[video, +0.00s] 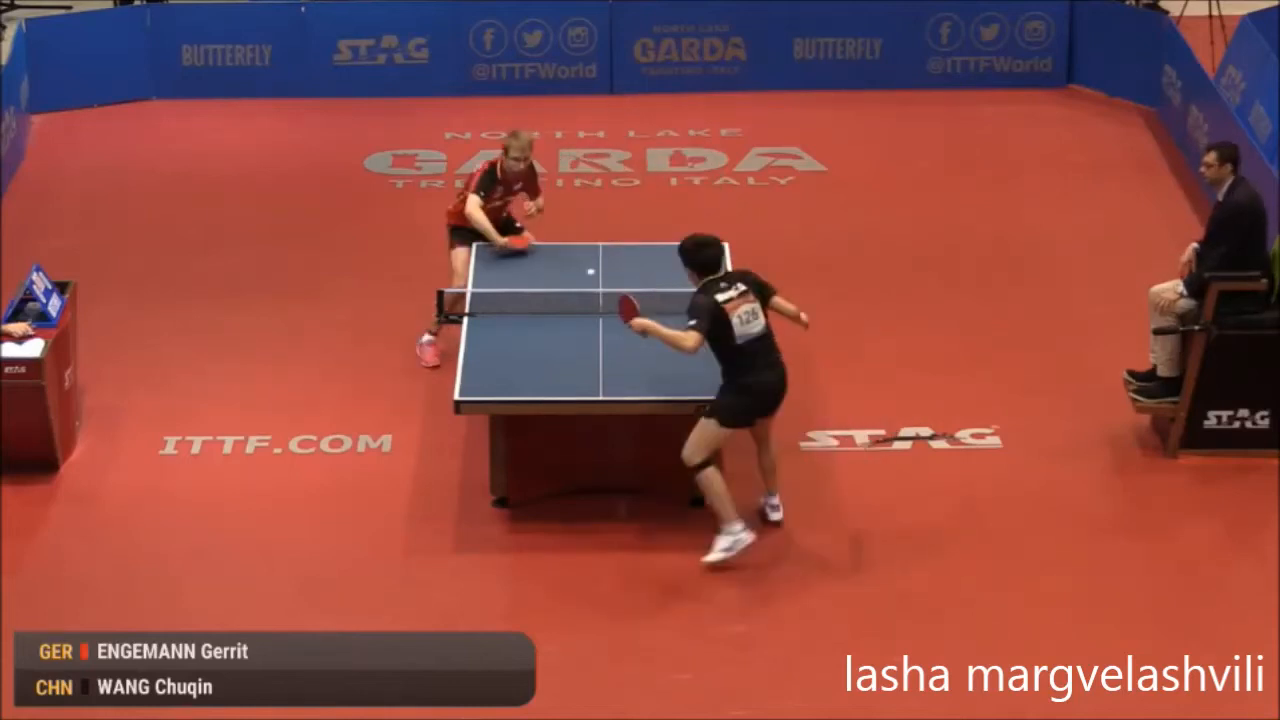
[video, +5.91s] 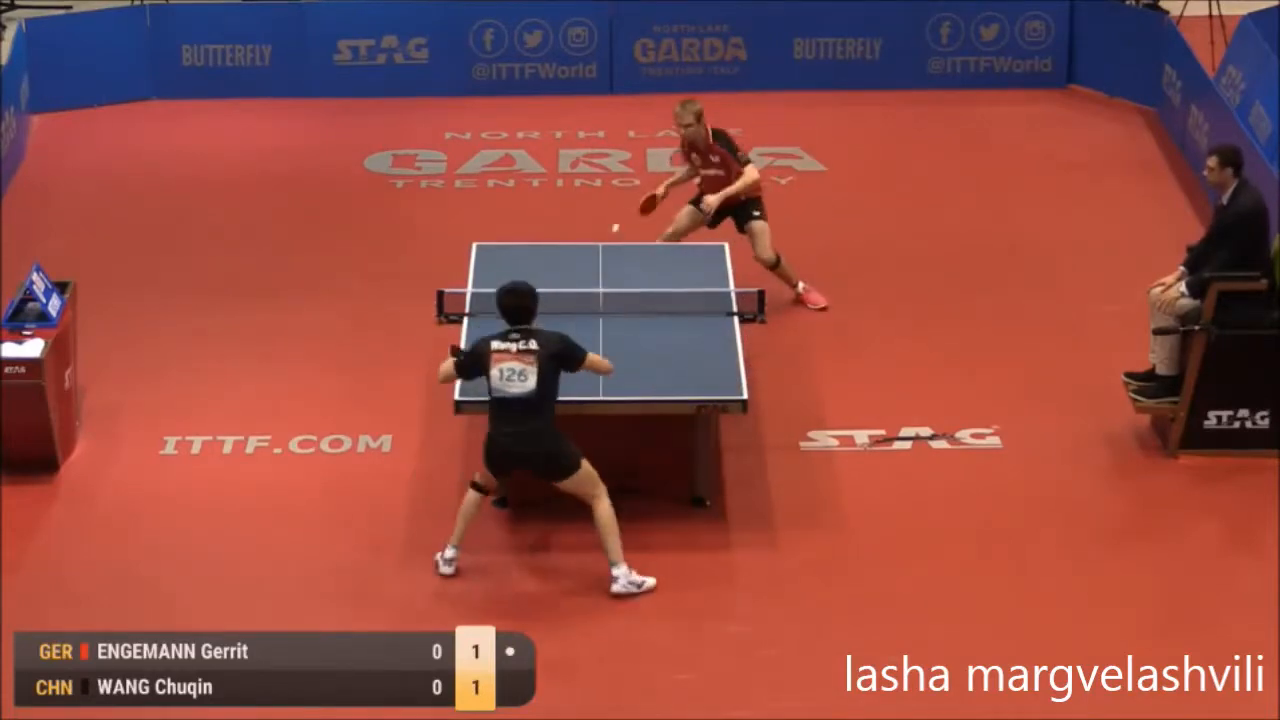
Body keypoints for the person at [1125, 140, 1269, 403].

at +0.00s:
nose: (1202, 171)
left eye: (1208, 166)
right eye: (1202, 165)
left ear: (1227, 168)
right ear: (1223, 168)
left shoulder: (1237, 203)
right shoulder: (1233, 194)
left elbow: (1220, 259)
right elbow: (1217, 238)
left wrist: (1184, 289)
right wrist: (1195, 247)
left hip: (1236, 291)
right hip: (1226, 280)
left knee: (1163, 304)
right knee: (1157, 294)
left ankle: (1170, 378)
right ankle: (1161, 368)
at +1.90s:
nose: (1200, 170)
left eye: (1207, 165)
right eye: (1200, 164)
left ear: (1227, 168)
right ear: (1220, 169)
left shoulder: (1237, 202)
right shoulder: (1226, 197)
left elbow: (1216, 257)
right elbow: (1205, 246)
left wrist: (1180, 291)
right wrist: (1173, 276)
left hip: (1240, 293)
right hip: (1225, 283)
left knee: (1166, 307)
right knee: (1158, 298)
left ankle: (1170, 380)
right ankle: (1161, 369)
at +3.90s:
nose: (1209, 174)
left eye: (1215, 168)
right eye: (1209, 168)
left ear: (1235, 169)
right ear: (1230, 170)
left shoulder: (1246, 203)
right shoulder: (1235, 198)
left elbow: (1223, 256)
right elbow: (1212, 245)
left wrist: (1184, 284)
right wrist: (1182, 272)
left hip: (1240, 291)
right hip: (1226, 281)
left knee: (1166, 303)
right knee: (1158, 295)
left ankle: (1169, 378)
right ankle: (1160, 369)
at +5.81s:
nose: (1205, 174)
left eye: (1211, 169)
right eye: (1206, 169)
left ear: (1229, 171)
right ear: (1223, 172)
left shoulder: (1246, 206)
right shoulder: (1229, 199)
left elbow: (1227, 263)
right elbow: (1209, 244)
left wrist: (1185, 287)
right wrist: (1179, 274)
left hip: (1238, 291)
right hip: (1221, 279)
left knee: (1166, 305)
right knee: (1156, 295)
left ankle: (1169, 378)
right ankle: (1160, 369)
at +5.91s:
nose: (1205, 174)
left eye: (1211, 169)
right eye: (1206, 169)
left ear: (1229, 171)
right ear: (1223, 172)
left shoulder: (1246, 206)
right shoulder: (1229, 199)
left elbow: (1227, 263)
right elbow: (1209, 244)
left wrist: (1185, 287)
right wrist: (1179, 274)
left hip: (1238, 291)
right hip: (1221, 279)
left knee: (1166, 305)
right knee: (1156, 295)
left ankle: (1169, 378)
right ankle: (1160, 369)